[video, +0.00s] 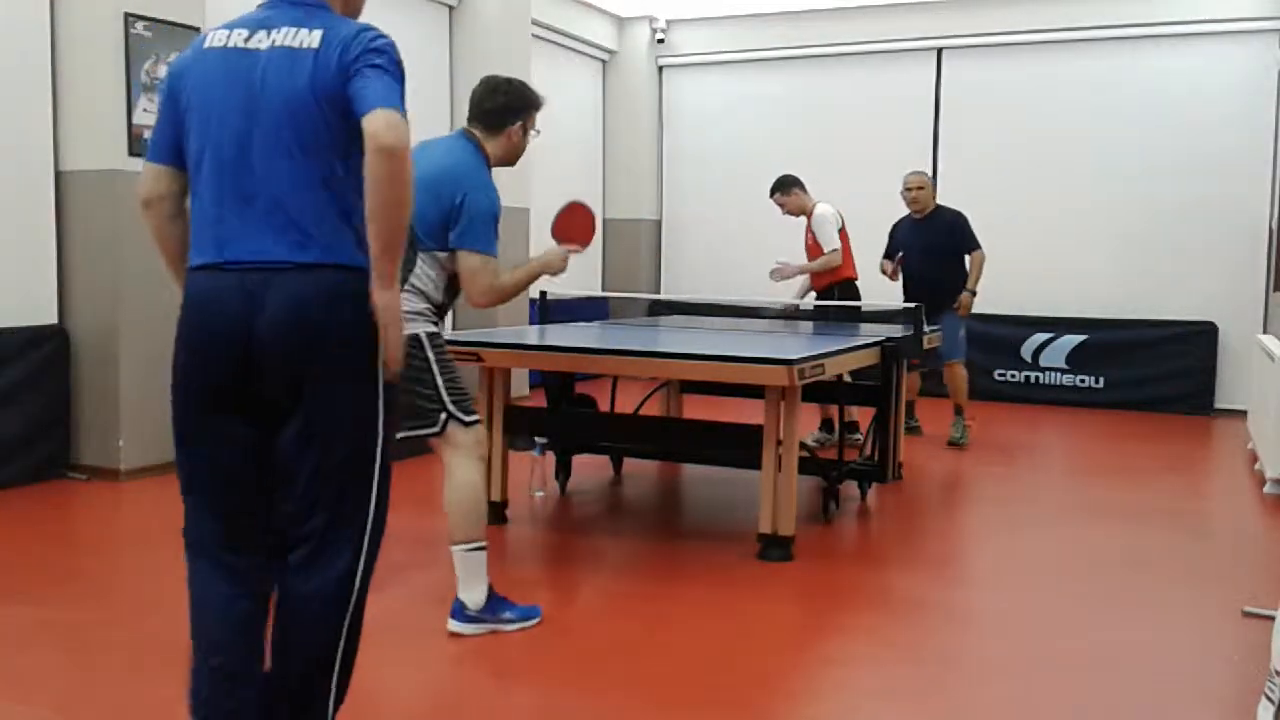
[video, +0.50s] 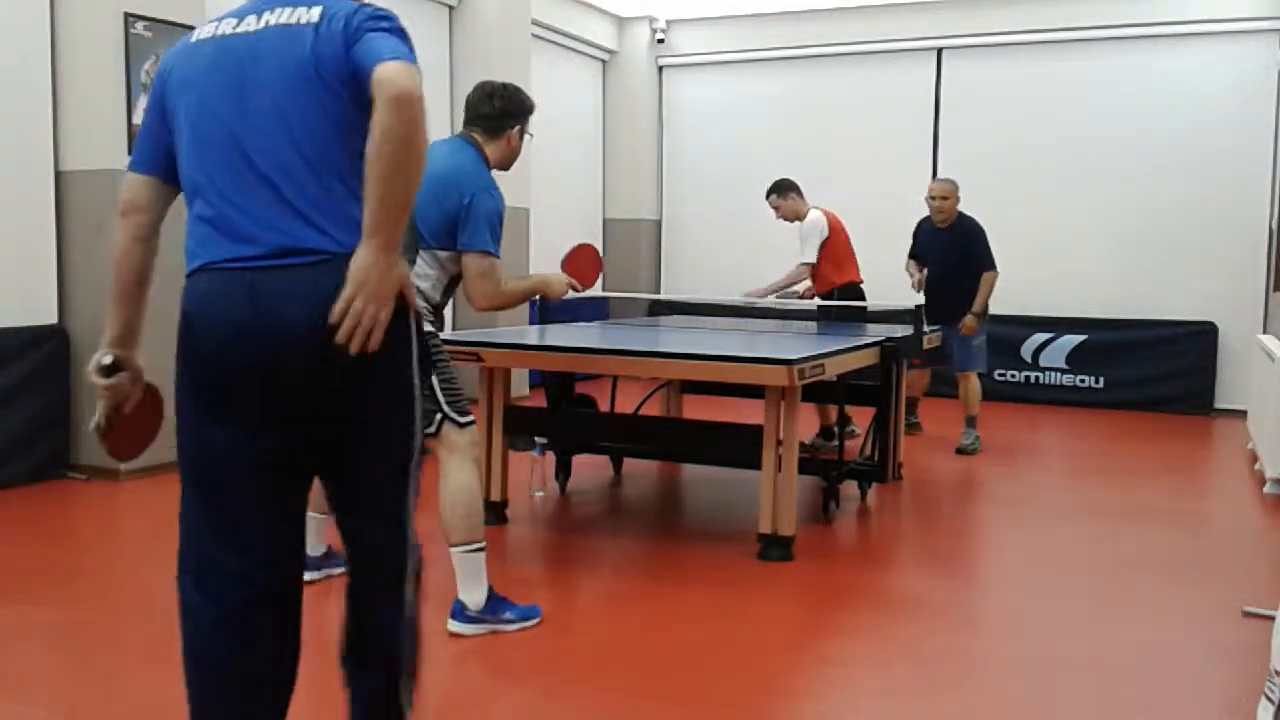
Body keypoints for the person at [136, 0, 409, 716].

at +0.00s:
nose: (362, 11)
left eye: (361, 5)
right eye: (362, 4)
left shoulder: (196, 54)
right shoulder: (358, 41)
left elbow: (158, 193)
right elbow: (387, 141)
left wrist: (202, 291)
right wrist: (386, 287)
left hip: (215, 305)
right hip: (323, 302)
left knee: (221, 541)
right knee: (330, 538)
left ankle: (224, 708)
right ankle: (301, 709)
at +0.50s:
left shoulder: (182, 56)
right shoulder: (358, 18)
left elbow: (136, 209)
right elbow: (400, 97)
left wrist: (118, 347)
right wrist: (381, 250)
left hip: (221, 313)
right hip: (350, 300)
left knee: (230, 558)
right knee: (380, 549)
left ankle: (230, 710)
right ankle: (381, 706)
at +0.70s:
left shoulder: (209, 46)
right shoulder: (403, 23)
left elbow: (151, 202)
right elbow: (472, 112)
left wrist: (130, 348)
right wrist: (437, 274)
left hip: (259, 333)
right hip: (392, 323)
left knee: (250, 588)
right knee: (445, 589)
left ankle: (239, 711)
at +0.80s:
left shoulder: (246, 46)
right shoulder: (444, 29)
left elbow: (184, 203)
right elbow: (518, 120)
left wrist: (162, 357)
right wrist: (483, 272)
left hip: (293, 341)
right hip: (426, 332)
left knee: (266, 598)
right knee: (464, 601)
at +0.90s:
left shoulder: (285, 46)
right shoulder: (486, 30)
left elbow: (227, 203)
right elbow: (565, 140)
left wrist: (207, 348)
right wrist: (531, 266)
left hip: (333, 339)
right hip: (467, 332)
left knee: (304, 591)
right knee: (491, 594)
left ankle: (263, 709)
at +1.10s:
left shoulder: (337, 33)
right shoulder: (542, 22)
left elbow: (286, 196)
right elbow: (617, 181)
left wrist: (280, 336)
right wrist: (582, 251)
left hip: (363, 323)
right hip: (502, 323)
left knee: (351, 584)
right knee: (520, 592)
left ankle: (331, 713)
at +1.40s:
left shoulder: (345, 41)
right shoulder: (545, 25)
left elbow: (289, 198)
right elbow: (611, 183)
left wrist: (337, 318)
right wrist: (568, 237)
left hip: (380, 325)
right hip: (514, 322)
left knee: (381, 593)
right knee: (537, 591)